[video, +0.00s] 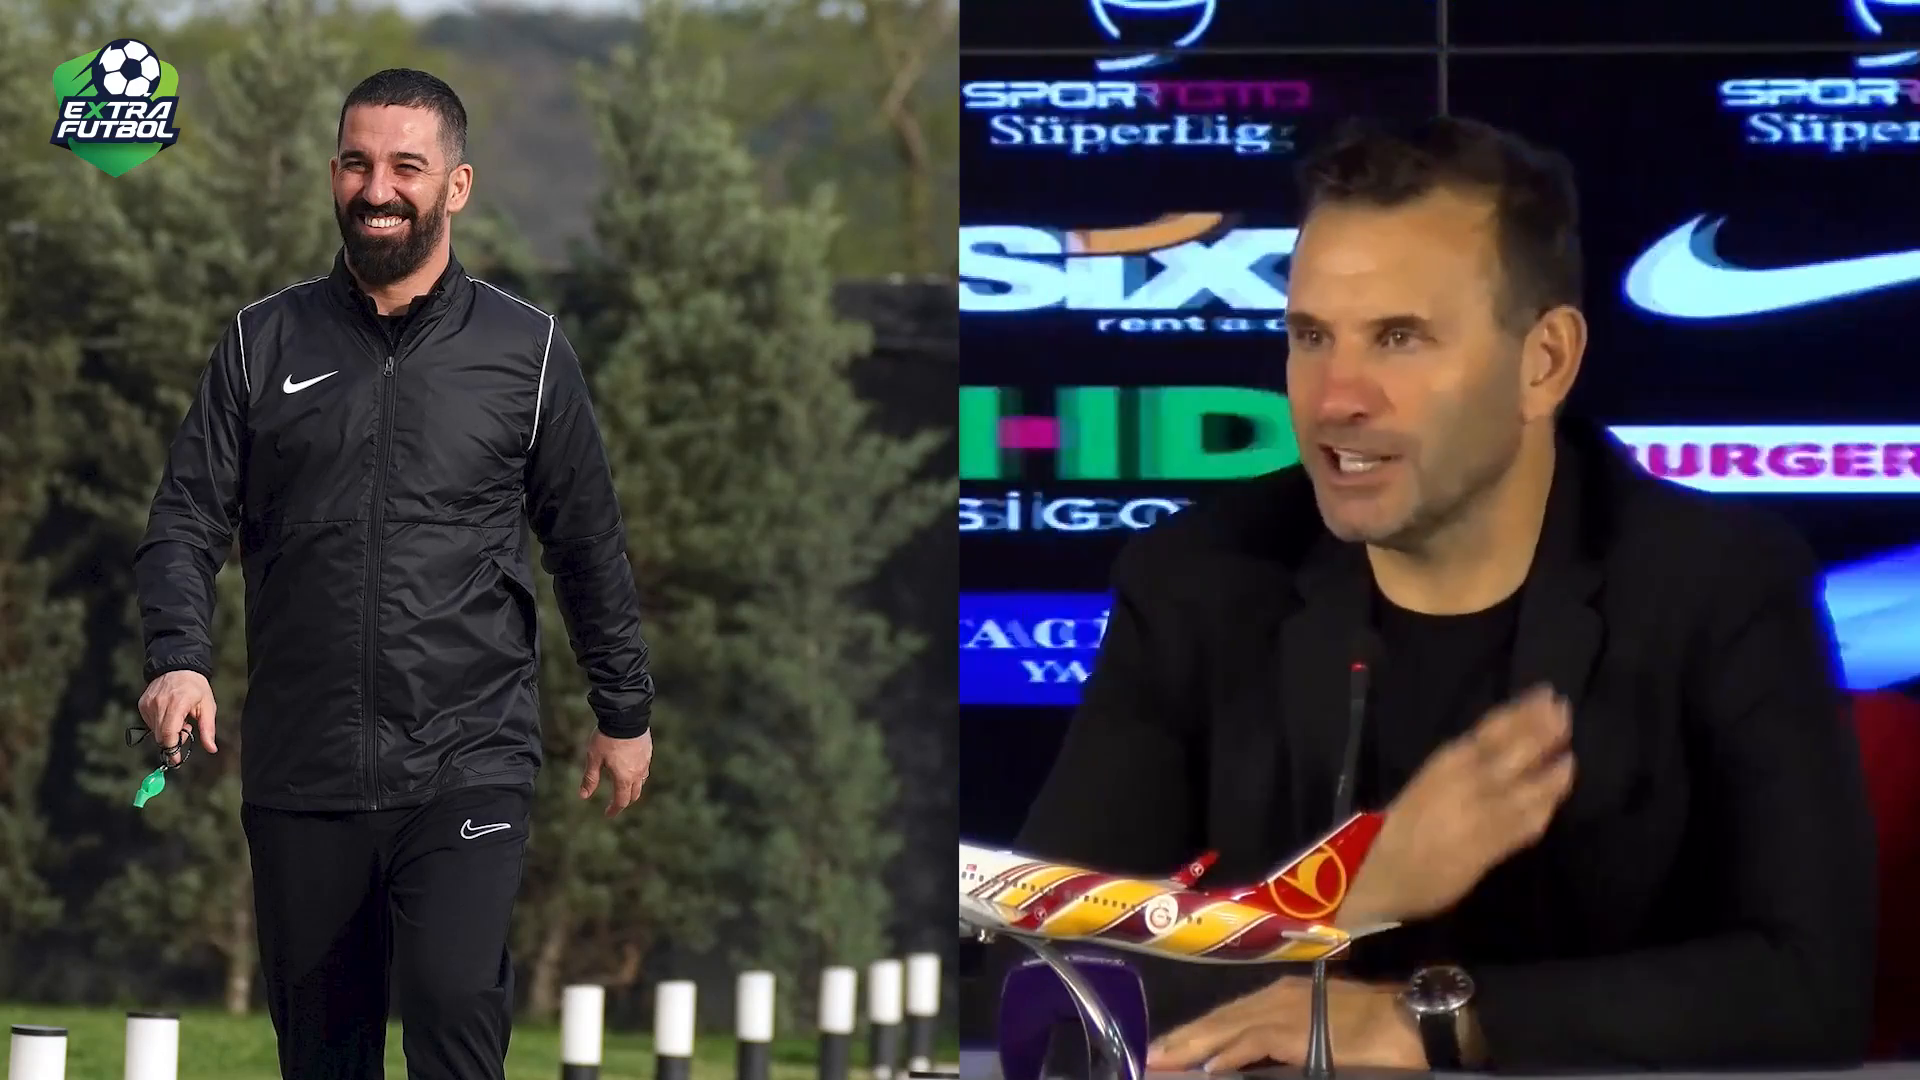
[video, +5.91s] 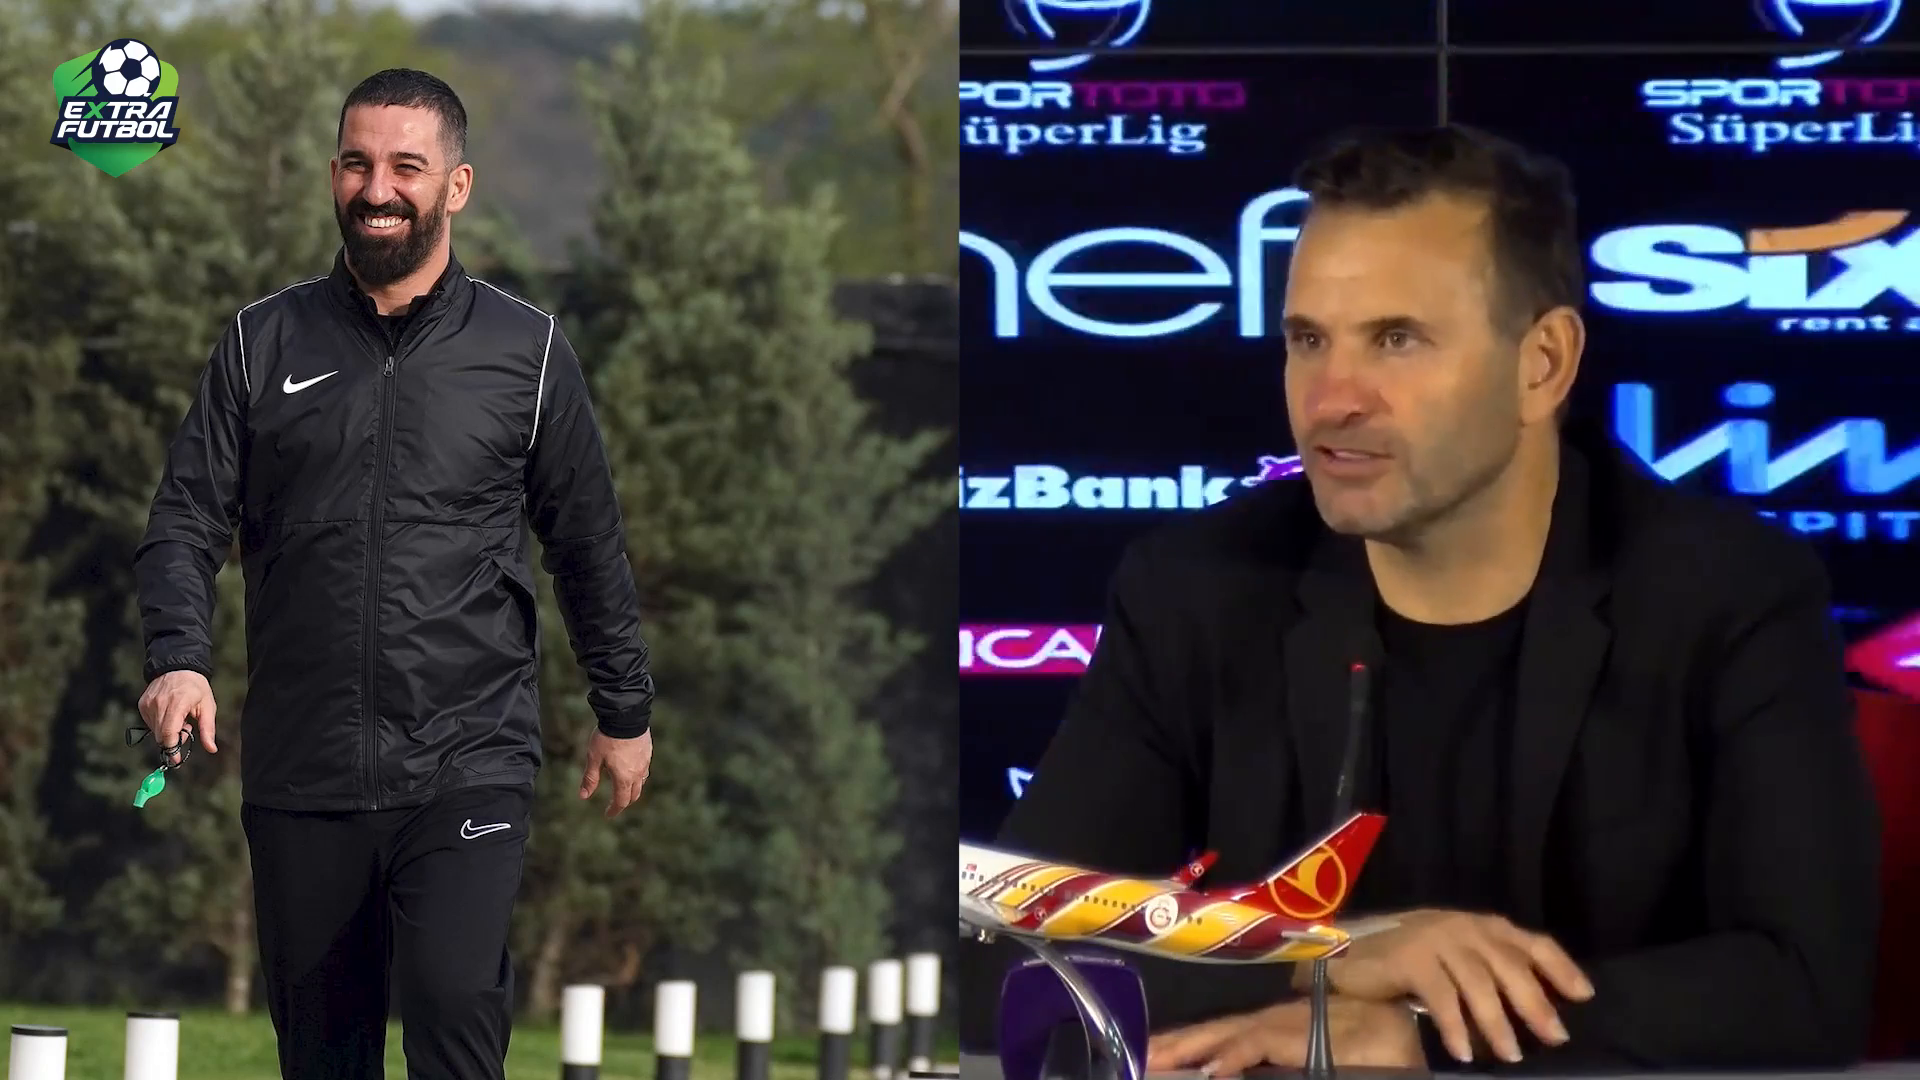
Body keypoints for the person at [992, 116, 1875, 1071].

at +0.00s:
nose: (1335, 394)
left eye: (1399, 338)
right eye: (1310, 336)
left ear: (1545, 362)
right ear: (1285, 345)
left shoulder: (1723, 591)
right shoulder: (1199, 583)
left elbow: (1813, 992)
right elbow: (1043, 966)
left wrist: (1430, 1021)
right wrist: (1358, 887)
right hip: (1260, 1078)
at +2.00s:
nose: (1338, 396)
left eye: (1407, 344)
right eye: (1316, 338)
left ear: (1550, 371)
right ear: (1290, 342)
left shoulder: (1724, 590)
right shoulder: (1189, 586)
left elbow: (1807, 989)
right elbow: (1029, 963)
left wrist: (1428, 1027)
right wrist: (1328, 958)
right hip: (1247, 1073)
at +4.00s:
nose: (1348, 391)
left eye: (1409, 332)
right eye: (1316, 337)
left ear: (1548, 354)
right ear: (1285, 354)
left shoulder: (1725, 591)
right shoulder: (1189, 589)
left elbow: (1812, 989)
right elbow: (1026, 973)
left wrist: (1439, 1025)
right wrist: (1319, 959)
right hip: (1249, 1077)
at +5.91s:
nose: (1329, 396)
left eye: (1395, 340)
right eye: (1307, 340)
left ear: (1544, 364)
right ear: (1281, 348)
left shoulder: (1730, 599)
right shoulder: (1195, 595)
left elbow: (1804, 991)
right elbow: (1031, 953)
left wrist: (1427, 1034)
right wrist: (1326, 959)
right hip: (1256, 1077)